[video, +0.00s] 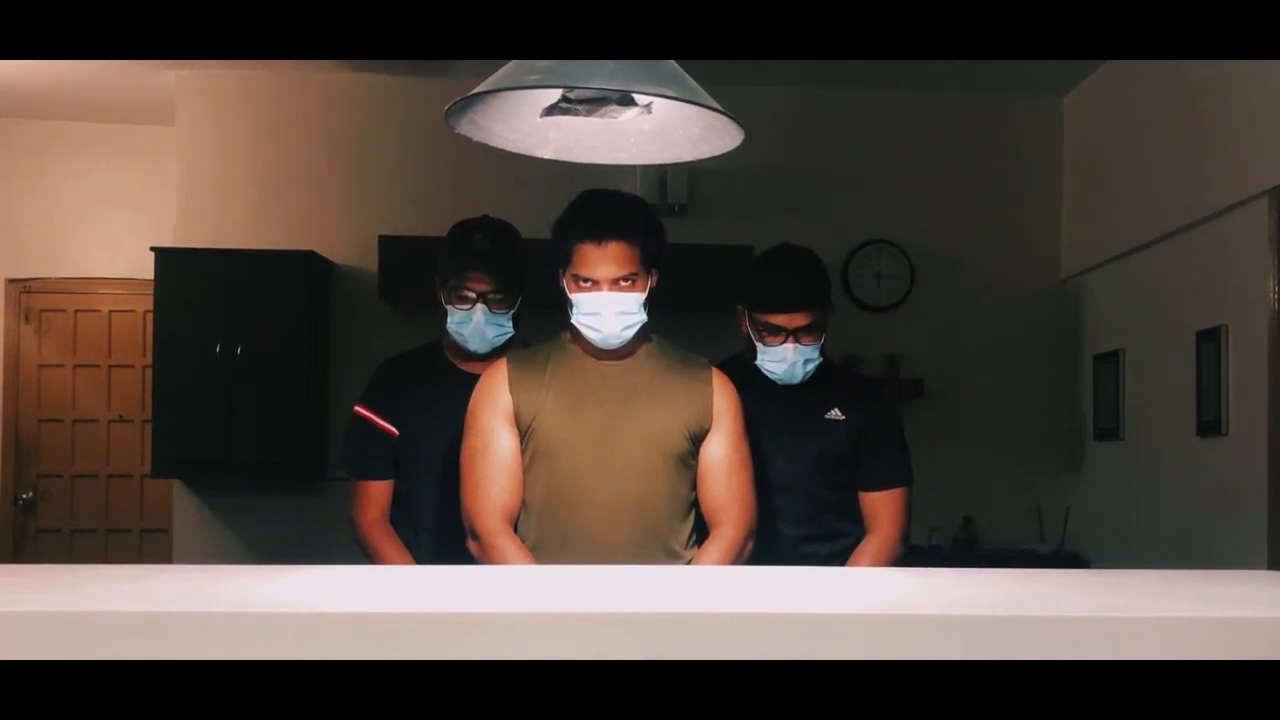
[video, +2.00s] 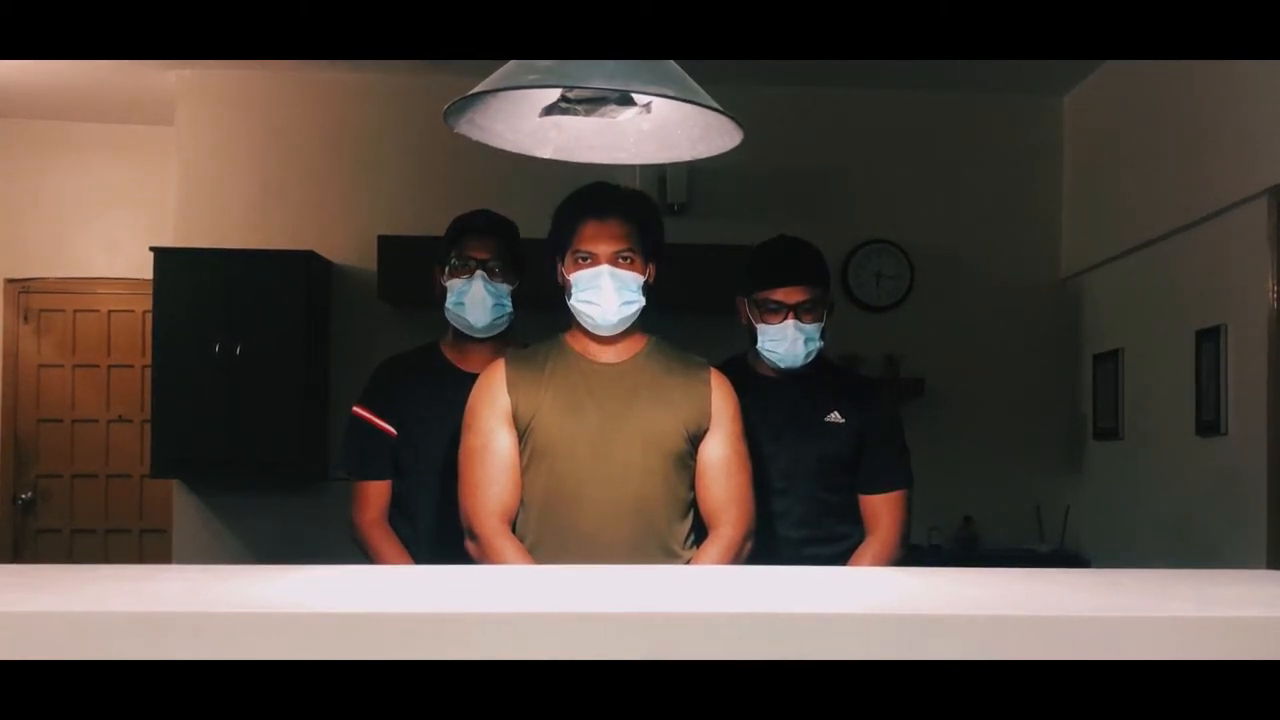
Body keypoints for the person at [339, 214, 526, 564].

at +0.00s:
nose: (479, 318)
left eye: (498, 301)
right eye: (463, 298)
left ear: (518, 301)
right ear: (441, 294)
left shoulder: (538, 384)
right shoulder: (399, 380)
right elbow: (369, 519)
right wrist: (422, 596)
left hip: (514, 591)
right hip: (426, 589)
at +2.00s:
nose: (479, 284)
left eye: (496, 270)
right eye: (463, 267)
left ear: (515, 283)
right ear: (442, 277)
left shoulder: (540, 382)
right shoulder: (397, 380)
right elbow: (369, 520)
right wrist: (422, 598)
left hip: (518, 593)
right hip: (427, 592)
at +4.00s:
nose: (482, 263)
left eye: (498, 253)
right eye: (468, 251)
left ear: (516, 270)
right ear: (444, 271)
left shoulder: (542, 382)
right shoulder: (397, 380)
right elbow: (368, 519)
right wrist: (422, 598)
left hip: (518, 594)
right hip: (427, 592)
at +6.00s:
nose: (482, 266)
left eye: (498, 256)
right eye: (467, 254)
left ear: (517, 275)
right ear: (442, 277)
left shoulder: (542, 383)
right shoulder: (397, 383)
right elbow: (369, 522)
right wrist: (420, 602)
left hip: (519, 597)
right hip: (427, 596)